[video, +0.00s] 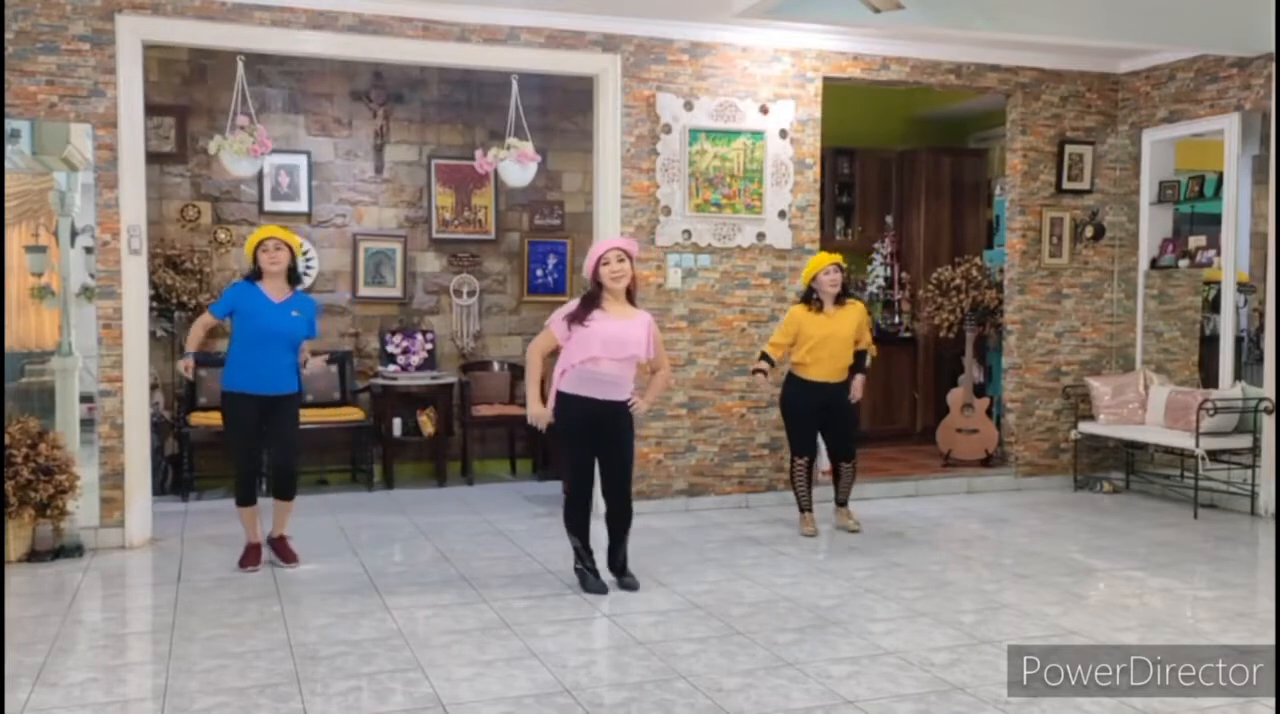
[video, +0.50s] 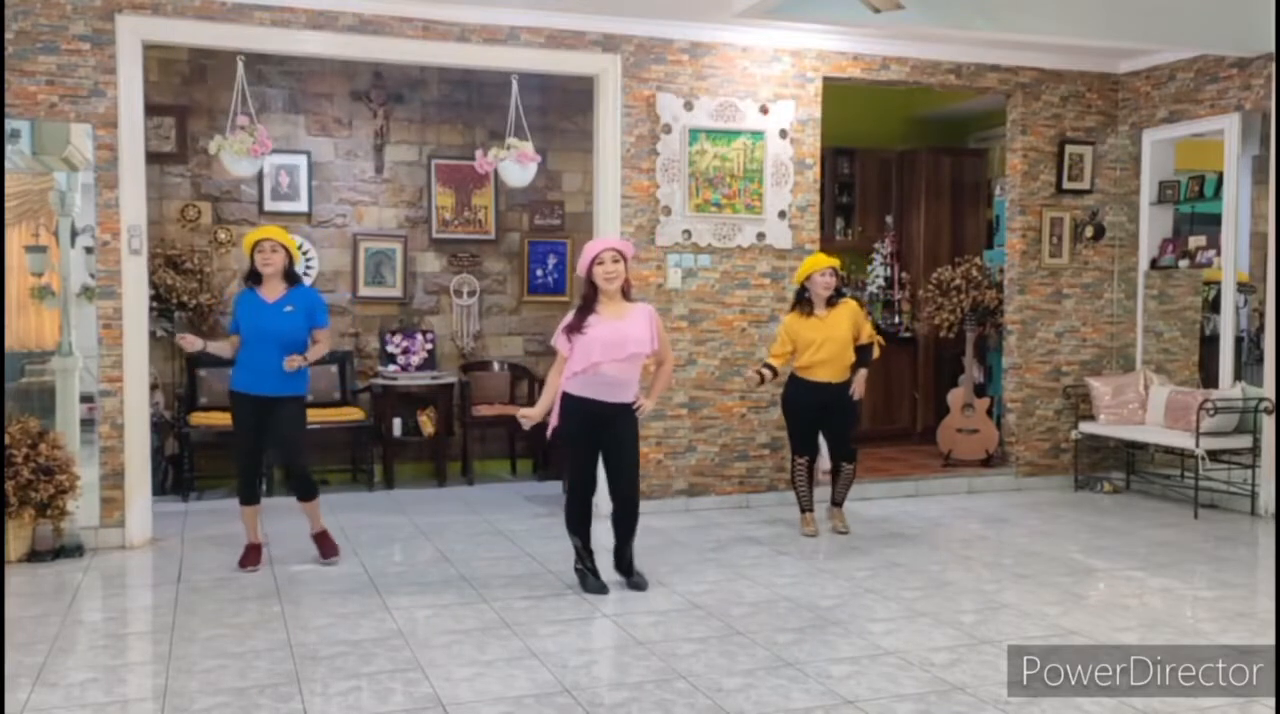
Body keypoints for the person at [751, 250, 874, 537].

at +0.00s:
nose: (834, 277)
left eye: (837, 272)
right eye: (826, 273)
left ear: (843, 277)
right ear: (813, 281)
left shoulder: (855, 310)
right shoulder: (799, 313)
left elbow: (864, 346)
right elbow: (778, 344)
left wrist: (859, 375)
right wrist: (764, 363)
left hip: (837, 391)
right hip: (800, 390)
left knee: (845, 453)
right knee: (803, 453)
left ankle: (842, 509)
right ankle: (806, 514)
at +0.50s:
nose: (829, 280)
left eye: (832, 274)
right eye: (822, 275)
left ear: (837, 280)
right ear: (807, 282)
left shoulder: (850, 309)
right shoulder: (794, 320)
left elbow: (867, 342)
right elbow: (779, 358)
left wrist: (862, 374)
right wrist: (762, 373)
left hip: (839, 392)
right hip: (802, 392)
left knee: (845, 455)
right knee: (803, 453)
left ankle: (837, 509)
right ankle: (807, 514)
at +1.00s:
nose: (851, 279)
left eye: (854, 274)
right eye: (844, 274)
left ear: (857, 280)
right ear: (828, 281)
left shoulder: (867, 307)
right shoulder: (817, 318)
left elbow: (886, 333)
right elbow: (813, 360)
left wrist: (885, 365)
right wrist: (821, 393)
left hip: (866, 388)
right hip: (832, 388)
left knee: (866, 453)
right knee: (826, 453)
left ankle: (858, 512)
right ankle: (811, 512)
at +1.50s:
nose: (865, 279)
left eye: (868, 273)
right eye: (859, 273)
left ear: (870, 278)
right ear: (842, 278)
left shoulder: (877, 308)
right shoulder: (825, 313)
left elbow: (894, 337)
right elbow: (820, 356)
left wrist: (891, 368)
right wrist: (836, 383)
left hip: (871, 387)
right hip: (837, 388)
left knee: (868, 452)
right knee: (841, 453)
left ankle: (859, 512)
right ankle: (839, 511)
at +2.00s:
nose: (850, 276)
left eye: (854, 271)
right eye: (843, 271)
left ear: (859, 278)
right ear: (829, 278)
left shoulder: (866, 314)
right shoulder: (813, 310)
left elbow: (881, 348)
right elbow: (794, 349)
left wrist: (874, 374)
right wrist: (785, 380)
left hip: (850, 391)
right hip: (814, 387)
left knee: (853, 452)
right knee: (812, 453)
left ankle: (856, 512)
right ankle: (810, 514)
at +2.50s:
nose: (831, 278)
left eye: (834, 273)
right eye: (824, 273)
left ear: (841, 279)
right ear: (810, 281)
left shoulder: (854, 309)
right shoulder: (796, 316)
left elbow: (868, 345)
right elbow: (777, 346)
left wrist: (862, 375)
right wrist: (763, 361)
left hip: (837, 392)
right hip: (799, 391)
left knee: (835, 454)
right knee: (803, 453)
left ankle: (828, 512)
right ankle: (809, 514)